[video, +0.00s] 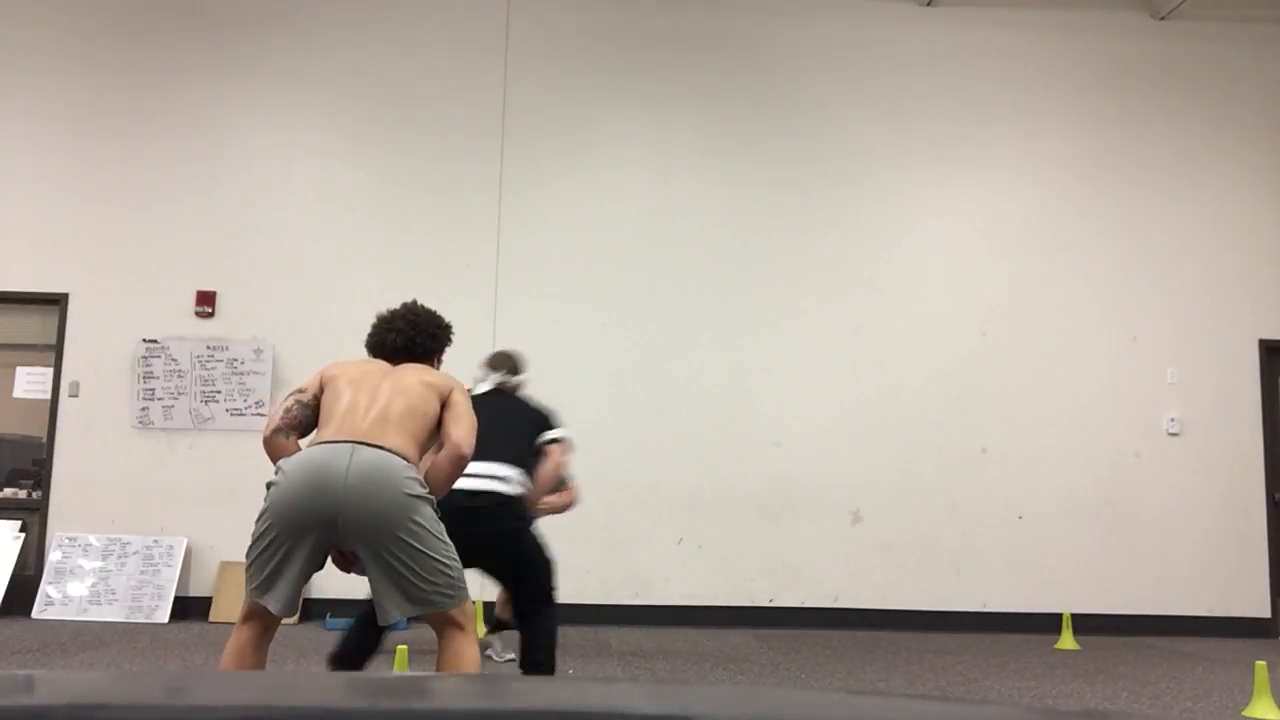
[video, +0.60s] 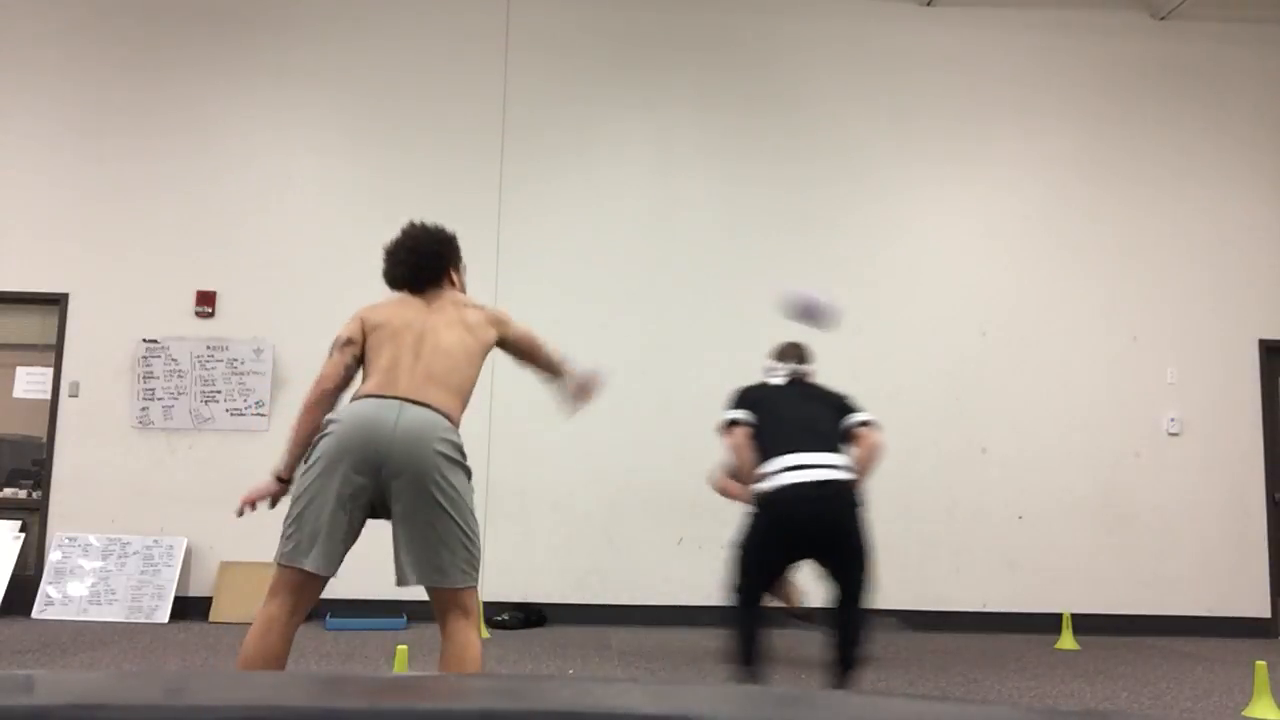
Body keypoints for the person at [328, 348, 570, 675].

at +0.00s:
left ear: (482, 375)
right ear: (518, 380)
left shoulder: (456, 404)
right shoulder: (537, 416)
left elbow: (425, 455)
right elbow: (555, 462)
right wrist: (527, 504)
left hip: (443, 515)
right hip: (502, 520)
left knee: (391, 585)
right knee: (536, 598)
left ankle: (339, 671)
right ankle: (538, 688)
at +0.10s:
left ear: (525, 363)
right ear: (563, 368)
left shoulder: (495, 393)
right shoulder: (584, 400)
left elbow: (471, 444)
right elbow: (603, 445)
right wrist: (582, 489)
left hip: (498, 503)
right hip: (554, 507)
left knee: (454, 582)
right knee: (566, 597)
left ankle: (409, 653)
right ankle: (552, 681)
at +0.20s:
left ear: (566, 362)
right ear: (604, 366)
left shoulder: (538, 390)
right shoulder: (622, 397)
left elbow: (517, 429)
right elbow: (647, 440)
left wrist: (518, 471)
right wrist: (632, 480)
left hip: (544, 499)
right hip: (601, 502)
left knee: (516, 584)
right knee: (618, 584)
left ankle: (504, 665)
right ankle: (602, 667)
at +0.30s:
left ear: (611, 371)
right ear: (649, 376)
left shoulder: (583, 402)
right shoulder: (665, 407)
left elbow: (560, 448)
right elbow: (690, 447)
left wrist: (566, 486)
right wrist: (674, 487)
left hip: (588, 516)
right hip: (646, 516)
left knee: (558, 596)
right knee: (684, 589)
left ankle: (535, 675)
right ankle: (697, 670)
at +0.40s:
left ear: (667, 374)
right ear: (705, 378)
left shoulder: (639, 405)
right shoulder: (725, 412)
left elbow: (619, 453)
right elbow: (744, 485)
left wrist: (623, 490)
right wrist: (726, 497)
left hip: (647, 524)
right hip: (704, 524)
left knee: (603, 599)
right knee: (747, 601)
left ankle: (555, 661)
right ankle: (779, 675)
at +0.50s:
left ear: (723, 371)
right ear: (761, 373)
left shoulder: (700, 402)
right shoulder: (782, 405)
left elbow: (682, 468)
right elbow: (816, 450)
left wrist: (693, 484)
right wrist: (798, 487)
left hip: (721, 519)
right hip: (776, 520)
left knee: (678, 598)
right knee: (798, 600)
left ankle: (633, 665)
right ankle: (803, 679)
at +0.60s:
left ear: (771, 367)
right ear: (810, 371)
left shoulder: (751, 395)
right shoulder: (831, 397)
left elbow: (738, 442)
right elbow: (871, 440)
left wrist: (752, 482)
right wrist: (849, 482)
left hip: (781, 508)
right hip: (836, 505)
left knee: (749, 589)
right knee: (851, 585)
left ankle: (749, 670)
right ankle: (843, 672)